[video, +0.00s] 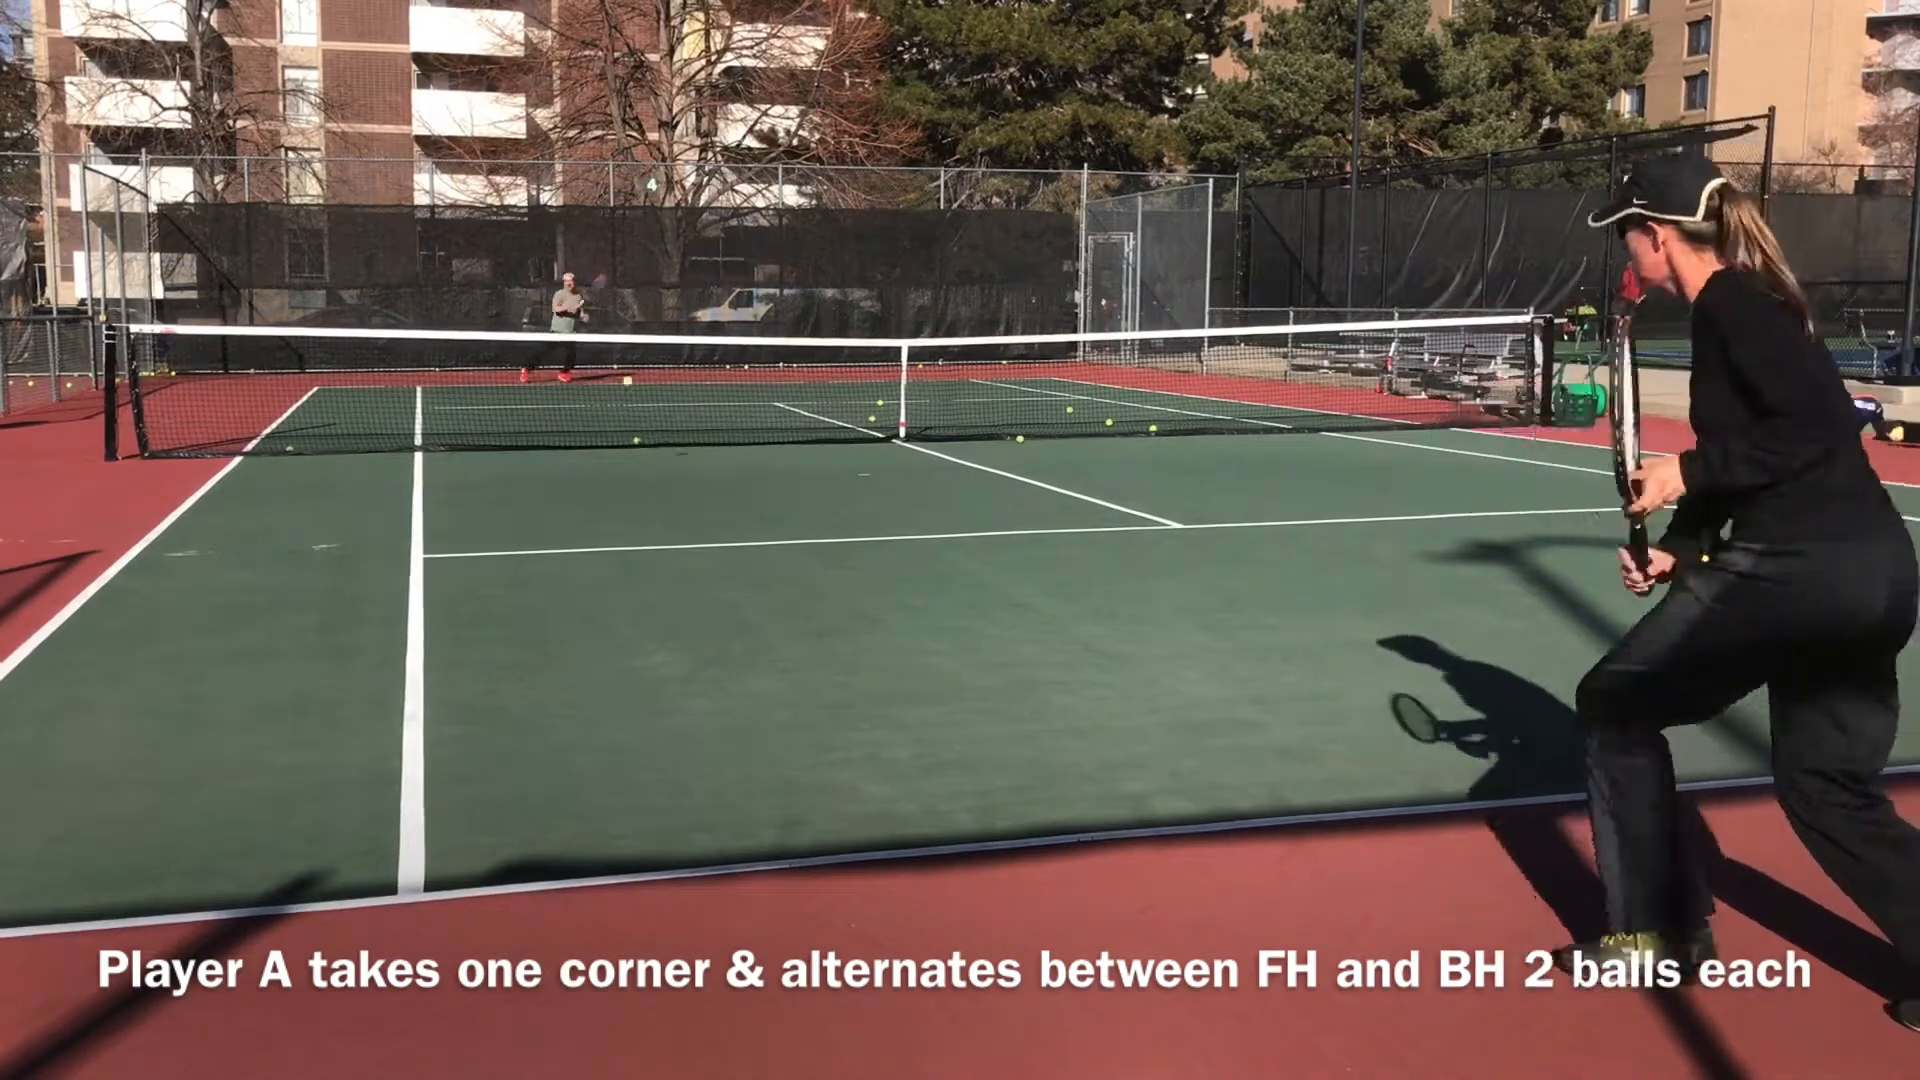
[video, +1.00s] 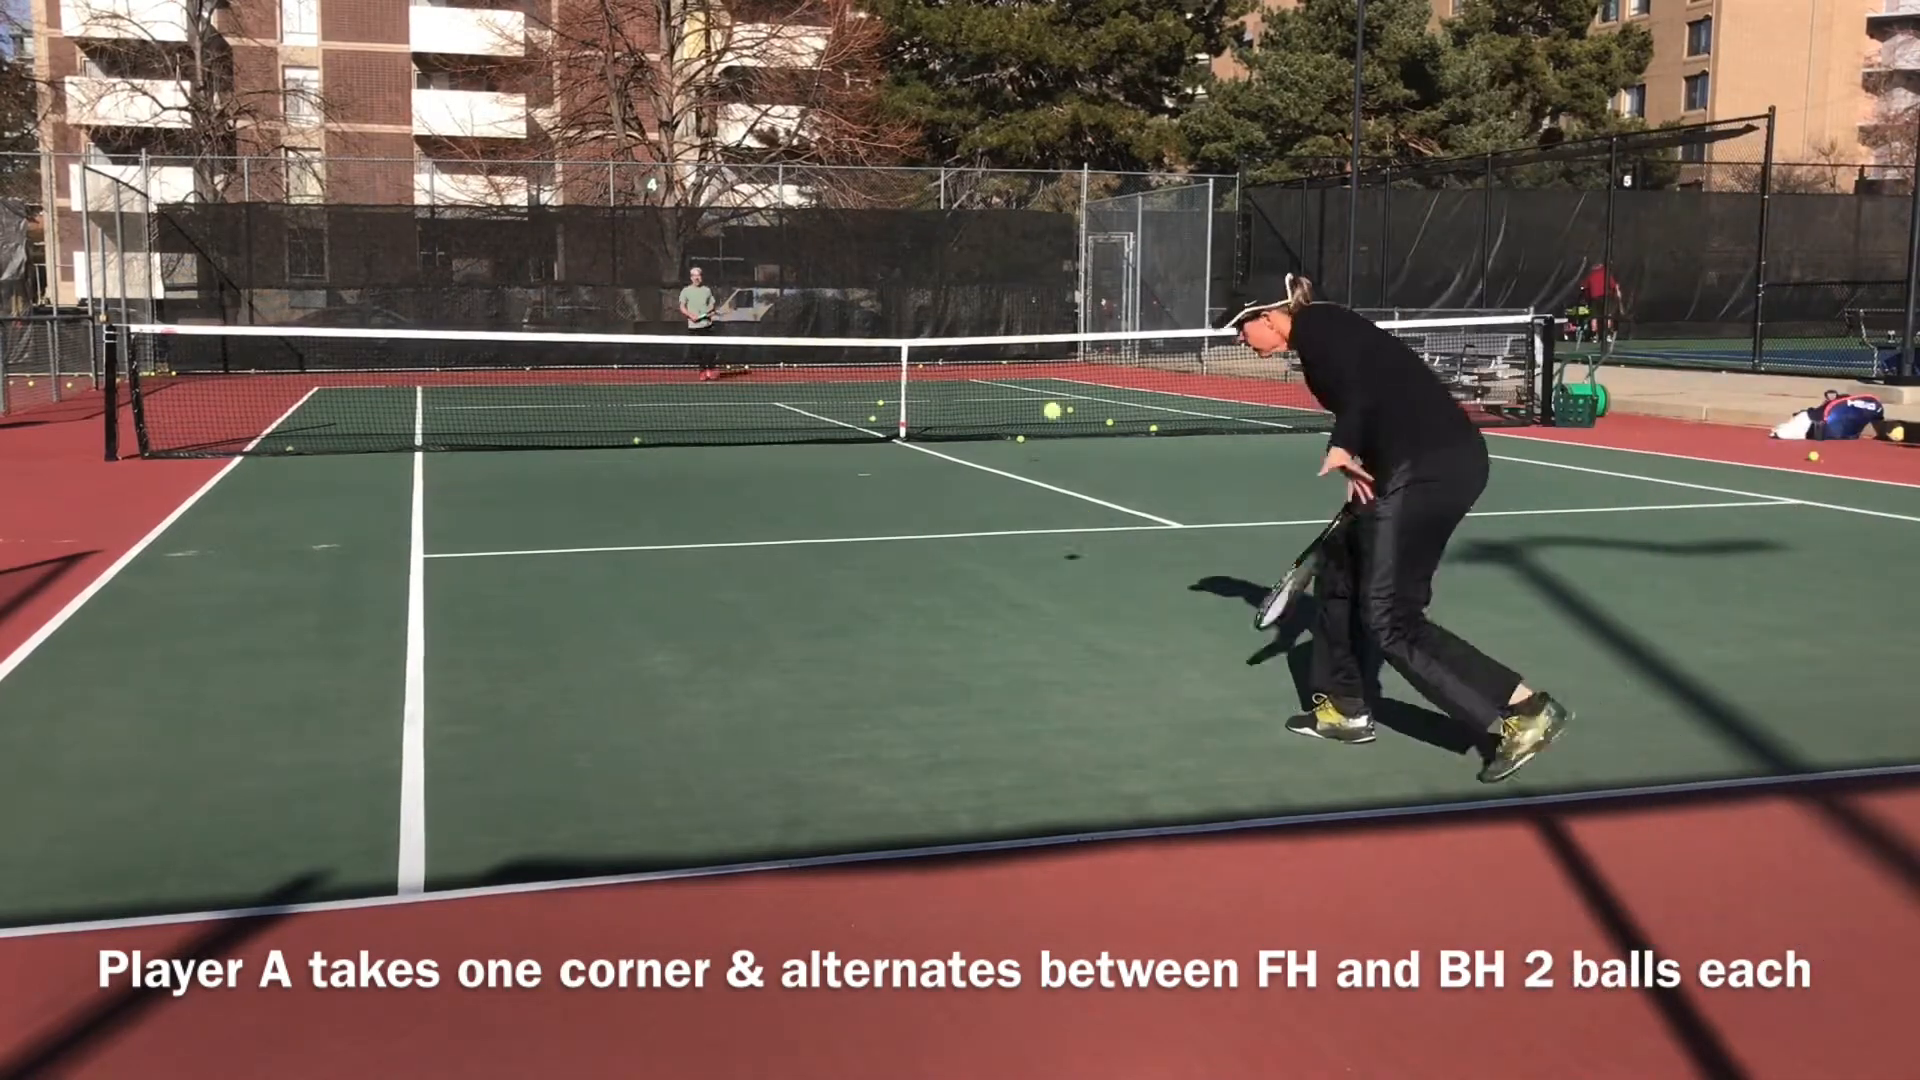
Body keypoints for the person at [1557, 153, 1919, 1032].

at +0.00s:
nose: (1630, 262)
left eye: (1631, 242)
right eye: (1628, 244)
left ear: (1664, 236)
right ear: (1696, 233)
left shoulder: (1731, 306)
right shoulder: (1750, 305)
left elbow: (1820, 426)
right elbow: (1758, 464)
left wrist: (1689, 470)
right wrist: (1681, 554)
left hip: (1795, 568)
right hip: (1864, 574)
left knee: (1614, 703)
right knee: (1828, 790)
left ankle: (1653, 938)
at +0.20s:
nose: (1528, 231)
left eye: (1534, 215)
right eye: (1527, 217)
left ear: (1569, 215)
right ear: (1570, 218)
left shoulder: (1657, 271)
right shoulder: (1565, 302)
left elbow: (1778, 344)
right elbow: (1566, 407)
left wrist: (1662, 340)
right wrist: (1564, 446)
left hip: (1698, 509)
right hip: (1734, 509)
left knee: (1586, 693)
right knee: (1746, 720)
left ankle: (1637, 898)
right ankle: (1906, 885)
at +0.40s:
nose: (1448, 262)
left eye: (1458, 245)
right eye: (1442, 251)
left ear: (1492, 240)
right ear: (1445, 259)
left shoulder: (1543, 279)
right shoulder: (1473, 328)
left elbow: (1633, 319)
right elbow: (1448, 416)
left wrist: (1516, 276)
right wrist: (1425, 392)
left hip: (1618, 507)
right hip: (1570, 514)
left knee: (1536, 709)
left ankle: (1637, 894)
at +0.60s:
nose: (1363, 273)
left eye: (1369, 260)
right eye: (1359, 265)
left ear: (1398, 253)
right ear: (1370, 269)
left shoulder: (1444, 280)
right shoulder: (1388, 314)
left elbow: (1518, 277)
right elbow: (1359, 360)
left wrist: (1436, 225)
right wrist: (1347, 307)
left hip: (1502, 478)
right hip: (1462, 490)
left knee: (1514, 637)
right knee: (1407, 594)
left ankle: (1585, 815)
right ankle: (1370, 704)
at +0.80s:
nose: (1265, 348)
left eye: (1267, 335)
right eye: (1261, 338)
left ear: (1298, 324)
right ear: (1296, 326)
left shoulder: (1354, 342)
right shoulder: (1323, 359)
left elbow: (1376, 407)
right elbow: (1287, 423)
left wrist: (1318, 416)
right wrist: (1249, 463)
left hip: (1448, 499)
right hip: (1416, 501)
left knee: (1433, 654)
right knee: (1334, 566)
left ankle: (1515, 787)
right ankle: (1344, 708)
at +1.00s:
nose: (1246, 341)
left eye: (1245, 329)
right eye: (1241, 333)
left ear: (1271, 314)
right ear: (1275, 315)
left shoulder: (1314, 325)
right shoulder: (1328, 329)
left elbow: (1358, 383)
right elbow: (1378, 399)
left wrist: (1341, 443)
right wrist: (1365, 469)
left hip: (1428, 463)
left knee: (1390, 620)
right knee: (1341, 561)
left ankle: (1521, 709)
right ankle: (1347, 707)